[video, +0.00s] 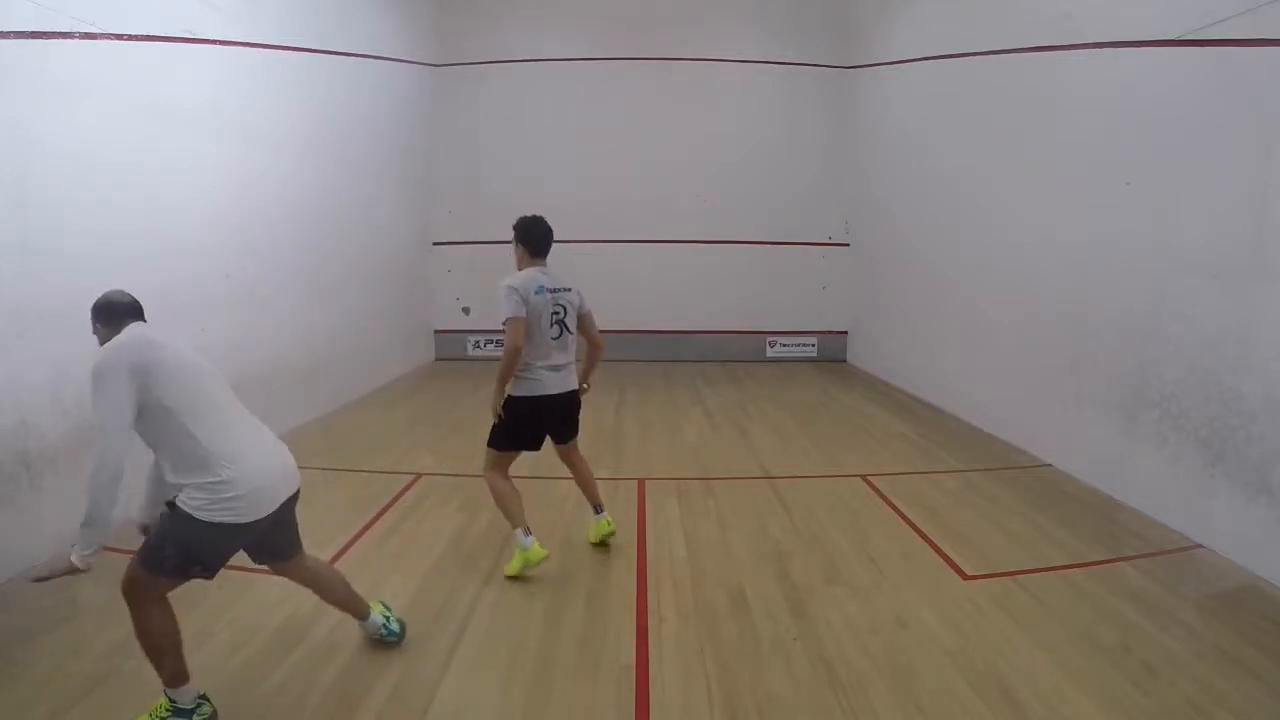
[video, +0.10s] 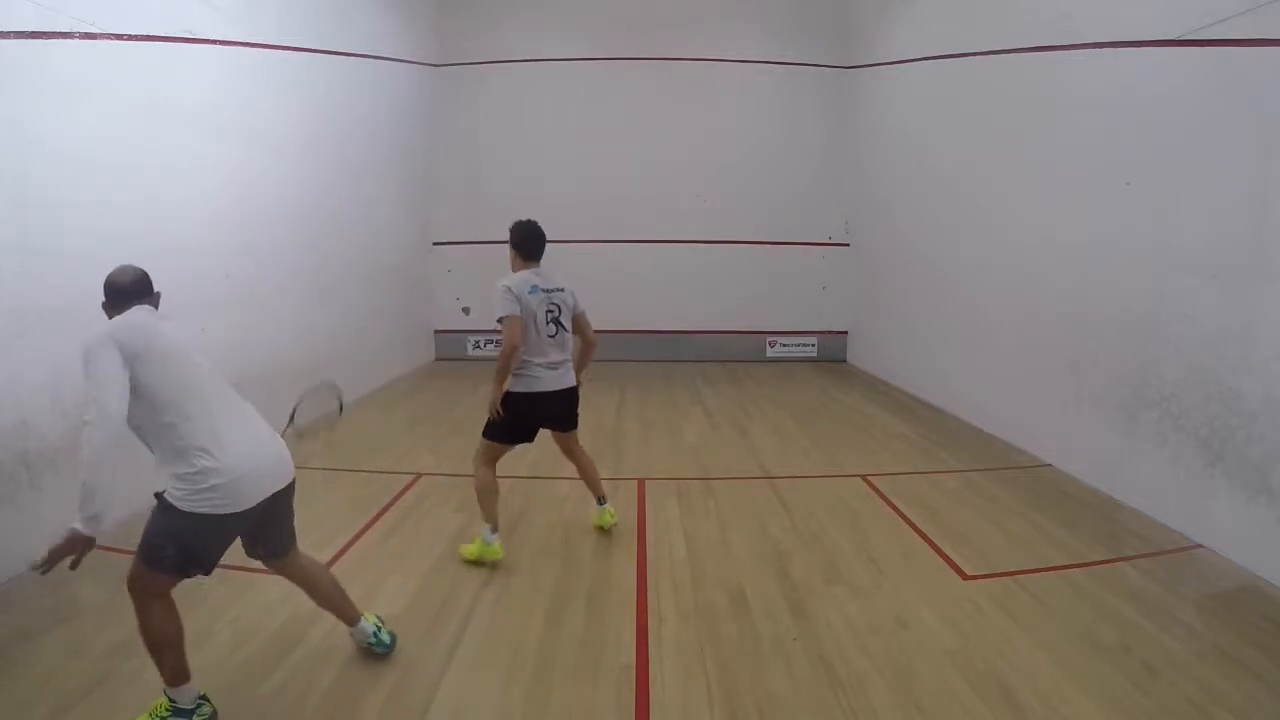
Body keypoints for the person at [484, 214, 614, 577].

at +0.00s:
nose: (512, 250)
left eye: (513, 244)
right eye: (514, 244)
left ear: (520, 248)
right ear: (548, 249)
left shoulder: (515, 286)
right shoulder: (569, 289)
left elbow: (515, 346)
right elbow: (596, 343)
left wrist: (499, 390)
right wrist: (582, 379)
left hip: (527, 400)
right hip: (566, 396)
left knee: (495, 470)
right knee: (570, 452)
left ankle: (527, 542)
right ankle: (601, 517)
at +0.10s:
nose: (508, 253)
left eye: (509, 247)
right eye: (510, 247)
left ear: (513, 251)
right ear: (542, 251)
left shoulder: (510, 287)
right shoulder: (562, 288)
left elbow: (513, 343)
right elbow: (588, 339)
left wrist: (497, 387)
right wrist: (576, 372)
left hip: (524, 397)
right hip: (564, 393)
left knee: (484, 460)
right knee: (572, 446)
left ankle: (490, 538)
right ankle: (604, 506)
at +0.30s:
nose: (484, 295)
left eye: (484, 291)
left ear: (485, 294)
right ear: (514, 293)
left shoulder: (484, 329)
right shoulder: (534, 325)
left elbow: (483, 382)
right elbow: (565, 375)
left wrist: (465, 427)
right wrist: (553, 405)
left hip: (517, 425)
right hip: (554, 419)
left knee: (458, 456)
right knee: (567, 456)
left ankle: (447, 523)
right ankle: (609, 510)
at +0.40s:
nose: (455, 290)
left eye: (455, 285)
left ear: (455, 289)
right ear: (485, 289)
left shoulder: (451, 327)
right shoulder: (505, 324)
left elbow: (452, 378)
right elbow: (538, 368)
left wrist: (435, 418)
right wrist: (524, 402)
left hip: (483, 423)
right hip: (522, 417)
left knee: (433, 455)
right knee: (551, 459)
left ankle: (444, 523)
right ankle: (601, 504)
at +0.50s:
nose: (424, 274)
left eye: (423, 270)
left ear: (424, 275)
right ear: (453, 274)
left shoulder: (421, 311)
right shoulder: (472, 308)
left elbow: (417, 364)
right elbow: (507, 351)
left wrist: (408, 402)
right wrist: (492, 380)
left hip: (454, 411)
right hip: (491, 402)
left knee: (421, 457)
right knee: (508, 452)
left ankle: (442, 523)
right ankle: (565, 497)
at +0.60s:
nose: (391, 258)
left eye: (392, 253)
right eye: (394, 252)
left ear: (396, 257)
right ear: (424, 255)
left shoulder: (401, 292)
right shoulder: (447, 289)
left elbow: (409, 344)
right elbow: (473, 334)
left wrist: (401, 383)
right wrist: (457, 360)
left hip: (433, 394)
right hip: (467, 385)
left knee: (412, 456)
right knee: (465, 447)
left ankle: (435, 520)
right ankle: (498, 509)